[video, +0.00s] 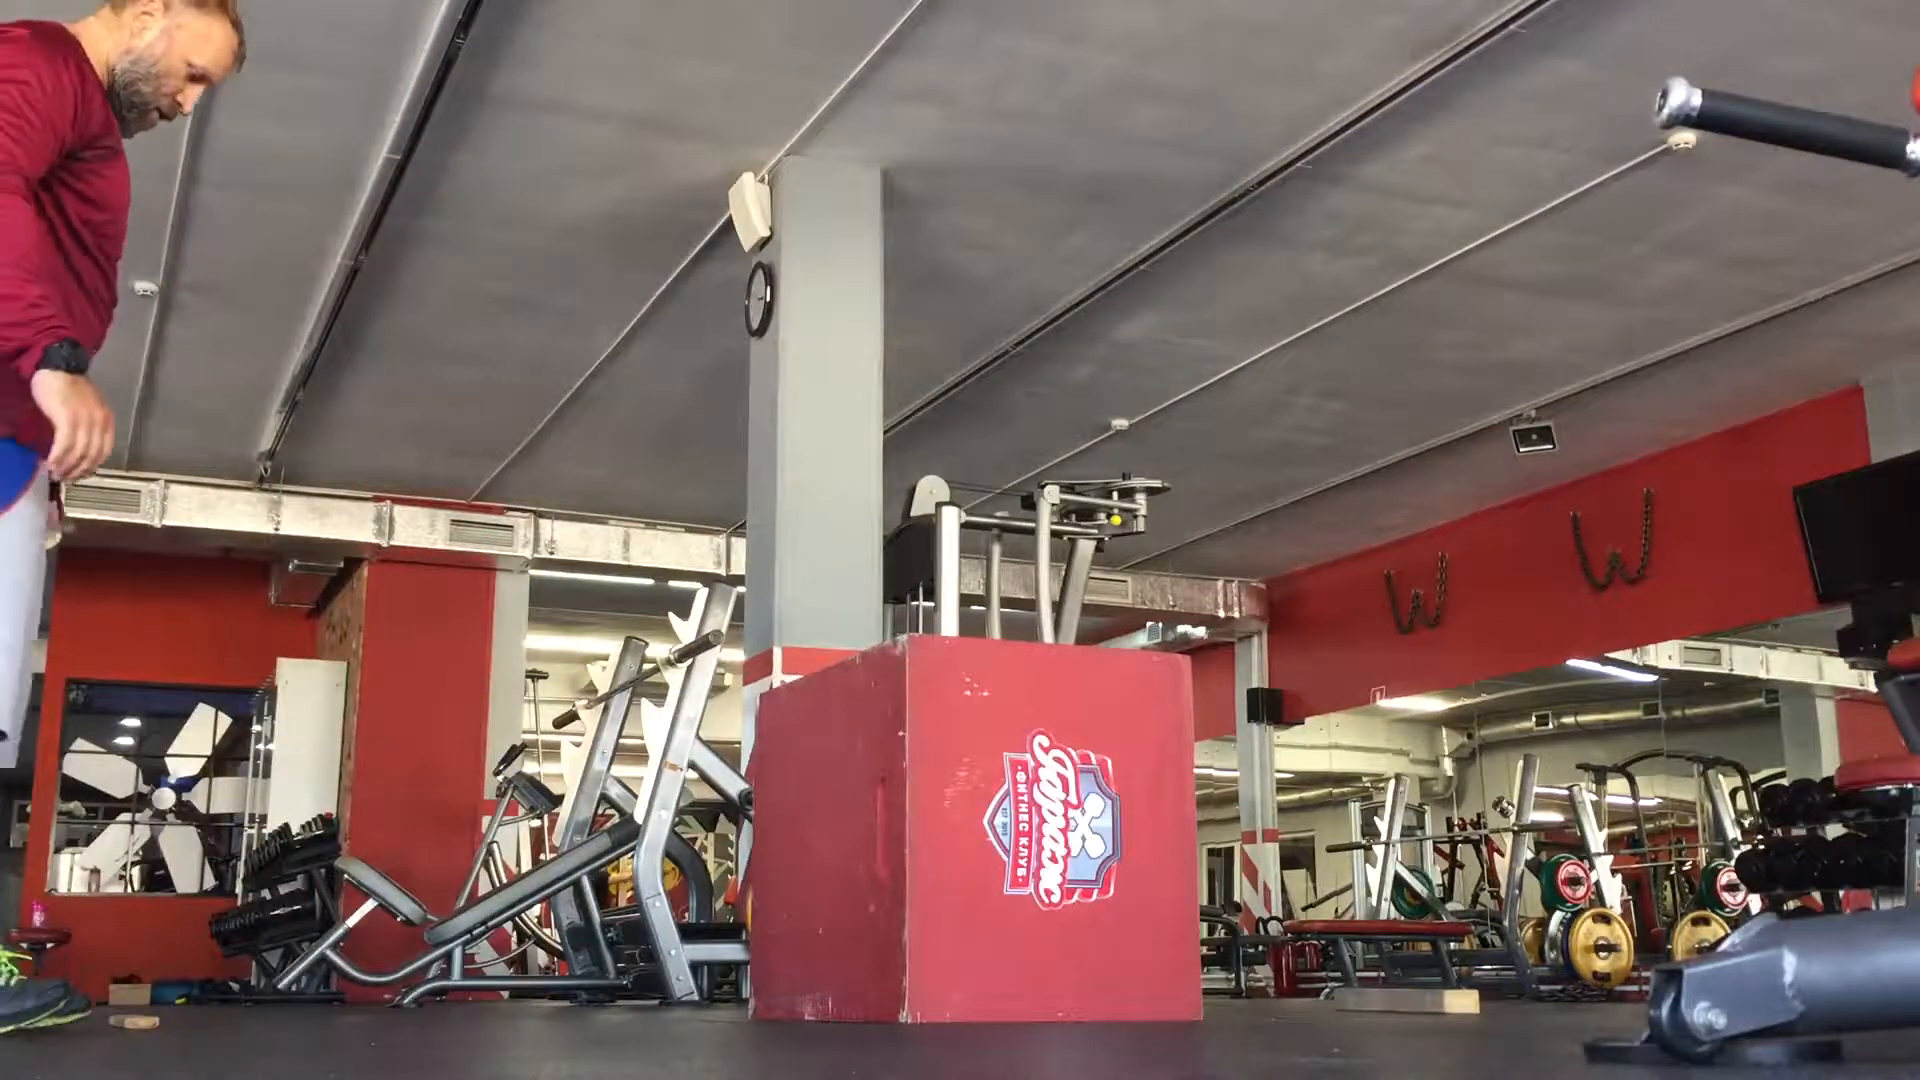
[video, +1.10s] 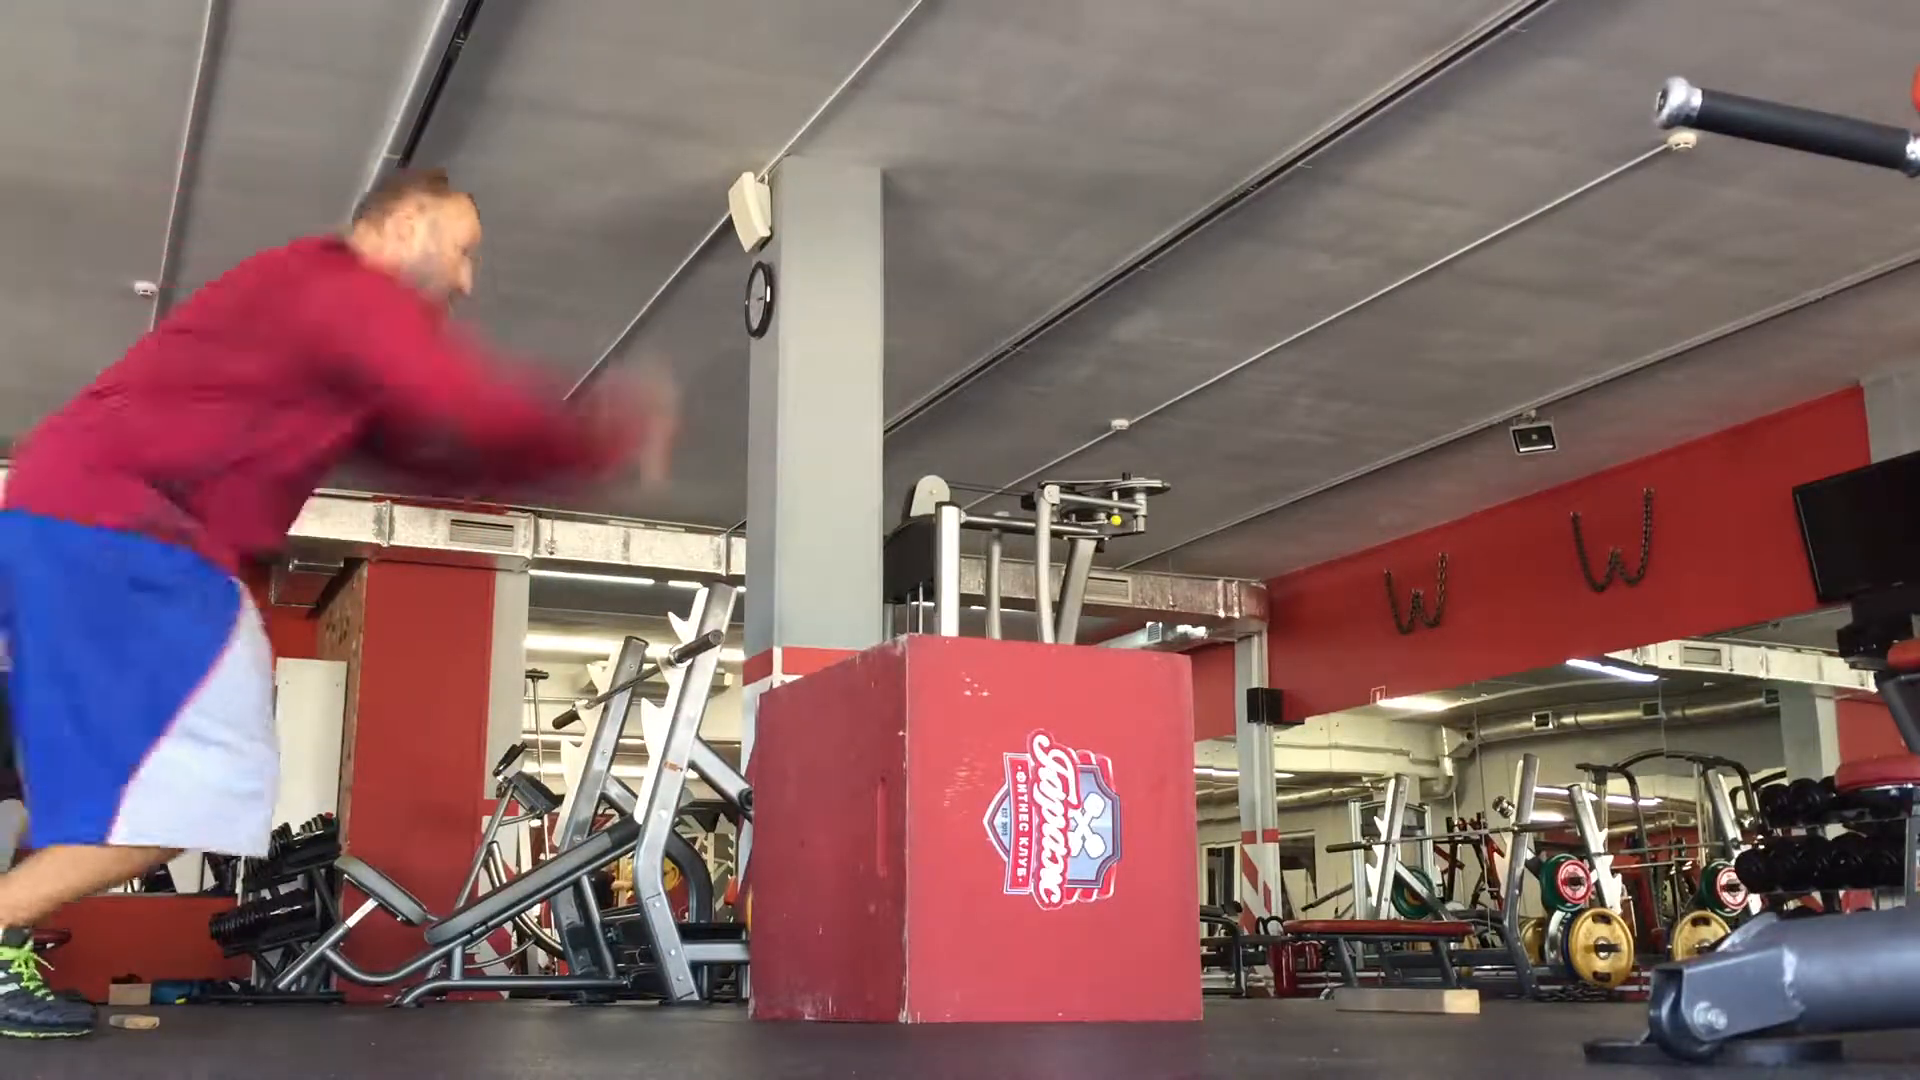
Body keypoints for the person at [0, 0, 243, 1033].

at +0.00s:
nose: (188, 105)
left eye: (204, 93)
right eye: (195, 75)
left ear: (141, 23)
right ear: (147, 16)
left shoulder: (74, 93)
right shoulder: (42, 67)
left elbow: (34, 256)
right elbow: (2, 195)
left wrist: (45, 465)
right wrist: (48, 364)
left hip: (25, 451)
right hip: (9, 449)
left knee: (9, 708)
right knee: (3, 710)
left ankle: (7, 963)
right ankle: (2, 966)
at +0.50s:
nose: (302, 124)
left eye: (314, 108)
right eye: (302, 94)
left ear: (240, 58)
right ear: (240, 52)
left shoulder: (164, 131)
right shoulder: (143, 103)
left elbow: (43, 264)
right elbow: (14, 220)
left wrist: (60, 449)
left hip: (40, 453)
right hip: (25, 451)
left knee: (12, 723)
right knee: (7, 724)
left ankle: (2, 963)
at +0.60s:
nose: (351, 157)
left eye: (363, 142)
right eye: (353, 125)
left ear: (300, 105)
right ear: (288, 82)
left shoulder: (217, 172)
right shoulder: (194, 113)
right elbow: (20, 110)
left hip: (43, 438)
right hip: (25, 432)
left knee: (17, 723)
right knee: (10, 723)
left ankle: (4, 958)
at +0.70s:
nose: (394, 222)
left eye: (404, 204)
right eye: (395, 190)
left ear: (340, 163)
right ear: (333, 147)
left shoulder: (249, 226)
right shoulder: (243, 152)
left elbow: (97, 299)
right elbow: (82, 76)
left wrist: (73, 447)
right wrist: (8, 50)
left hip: (37, 422)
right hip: (19, 407)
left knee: (41, 672)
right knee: (40, 672)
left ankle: (7, 952)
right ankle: (3, 957)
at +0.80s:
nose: (424, 308)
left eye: (434, 291)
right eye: (424, 278)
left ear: (372, 247)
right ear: (370, 237)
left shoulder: (262, 296)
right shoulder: (271, 223)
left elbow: (30, 253)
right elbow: (104, 129)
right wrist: (5, 79)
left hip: (34, 447)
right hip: (22, 437)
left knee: (63, 678)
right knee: (75, 676)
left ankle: (7, 948)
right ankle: (3, 952)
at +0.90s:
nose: (458, 382)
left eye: (466, 361)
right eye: (457, 351)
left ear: (399, 327)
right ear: (399, 319)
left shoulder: (299, 394)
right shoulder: (281, 323)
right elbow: (87, 266)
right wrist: (2, 242)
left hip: (58, 494)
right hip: (35, 476)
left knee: (103, 724)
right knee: (125, 718)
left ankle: (6, 945)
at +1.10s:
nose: (469, 282)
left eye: (474, 260)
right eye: (462, 249)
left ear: (385, 238)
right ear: (399, 228)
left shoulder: (314, 295)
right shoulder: (334, 286)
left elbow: (429, 454)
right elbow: (460, 406)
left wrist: (588, 445)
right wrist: (603, 427)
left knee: (155, 777)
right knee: (199, 777)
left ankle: (12, 941)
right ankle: (8, 922)